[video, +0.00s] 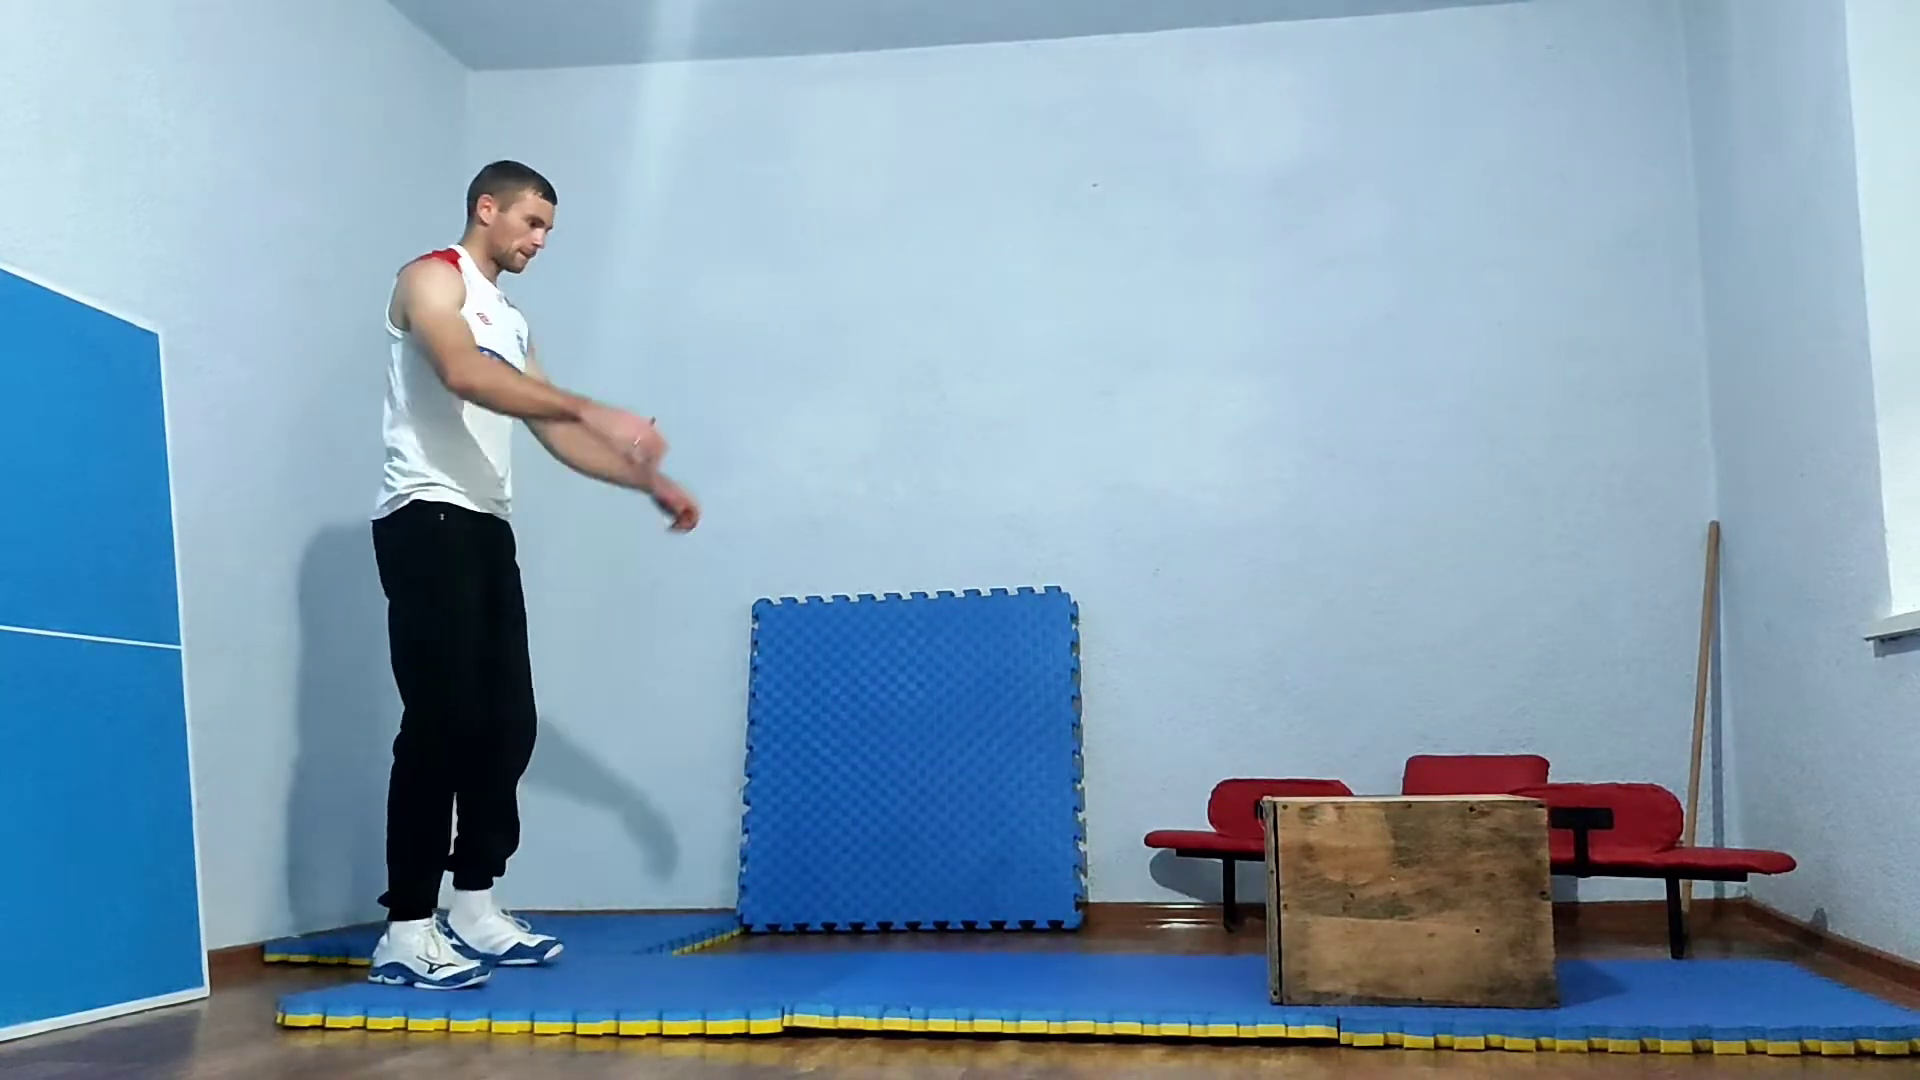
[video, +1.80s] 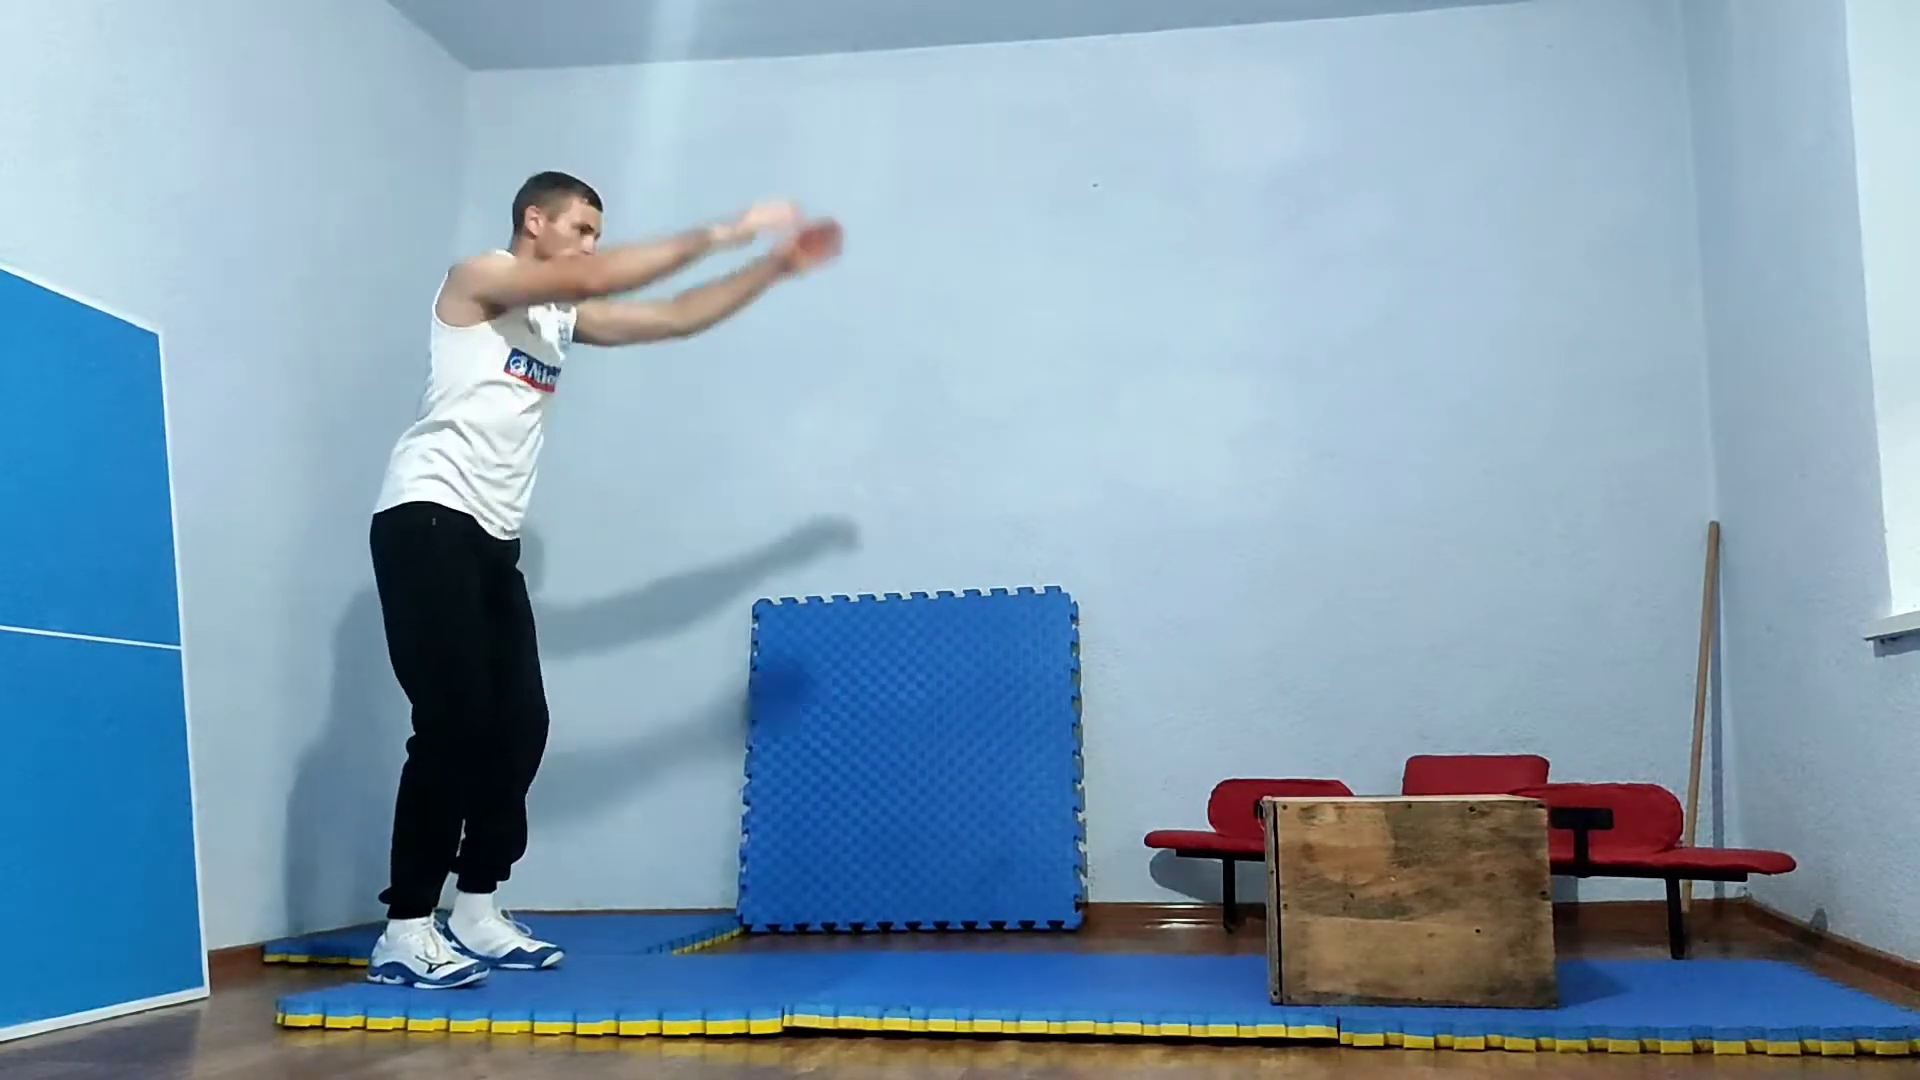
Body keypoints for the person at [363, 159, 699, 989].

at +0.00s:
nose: (539, 241)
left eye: (546, 230)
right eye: (532, 223)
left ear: (527, 232)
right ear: (484, 208)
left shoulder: (507, 317)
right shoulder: (430, 278)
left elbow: (555, 428)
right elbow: (466, 374)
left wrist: (647, 481)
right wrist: (588, 412)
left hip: (486, 534)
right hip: (426, 526)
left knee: (506, 721)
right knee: (439, 718)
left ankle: (472, 908)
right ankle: (407, 927)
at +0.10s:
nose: (535, 236)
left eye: (540, 224)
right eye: (525, 218)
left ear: (513, 222)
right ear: (477, 207)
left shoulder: (504, 318)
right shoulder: (427, 273)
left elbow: (591, 392)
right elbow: (496, 321)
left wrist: (696, 397)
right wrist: (625, 322)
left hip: (484, 529)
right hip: (426, 523)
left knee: (503, 726)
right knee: (438, 721)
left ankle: (470, 909)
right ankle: (406, 931)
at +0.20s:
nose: (532, 226)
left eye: (536, 217)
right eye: (521, 211)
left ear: (518, 220)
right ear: (471, 205)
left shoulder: (511, 309)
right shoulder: (423, 277)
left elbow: (620, 331)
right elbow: (519, 257)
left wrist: (709, 289)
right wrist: (637, 219)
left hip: (488, 529)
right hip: (430, 523)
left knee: (497, 726)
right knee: (440, 721)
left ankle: (468, 909)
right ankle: (404, 930)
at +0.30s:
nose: (534, 224)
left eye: (536, 212)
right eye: (521, 208)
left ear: (521, 219)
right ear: (474, 206)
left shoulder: (517, 294)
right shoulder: (434, 273)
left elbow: (618, 268)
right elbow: (509, 198)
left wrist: (694, 197)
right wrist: (622, 132)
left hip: (495, 525)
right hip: (438, 521)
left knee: (499, 726)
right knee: (454, 718)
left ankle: (468, 908)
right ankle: (406, 927)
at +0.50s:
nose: (534, 202)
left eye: (540, 194)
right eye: (520, 186)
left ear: (539, 209)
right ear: (483, 187)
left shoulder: (522, 276)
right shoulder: (444, 256)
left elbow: (590, 194)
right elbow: (497, 134)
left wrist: (628, 89)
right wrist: (561, 40)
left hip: (516, 519)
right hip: (456, 514)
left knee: (514, 719)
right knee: (460, 716)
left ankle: (472, 908)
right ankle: (407, 925)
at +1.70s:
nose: (576, 224)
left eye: (578, 210)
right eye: (566, 207)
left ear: (551, 215)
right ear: (515, 202)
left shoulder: (549, 296)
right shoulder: (472, 262)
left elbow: (655, 247)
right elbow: (580, 199)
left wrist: (724, 164)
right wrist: (677, 118)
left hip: (506, 534)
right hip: (442, 518)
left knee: (515, 724)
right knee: (455, 718)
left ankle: (472, 910)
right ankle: (405, 927)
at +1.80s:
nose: (592, 246)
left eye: (596, 234)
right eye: (582, 229)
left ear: (569, 237)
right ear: (532, 224)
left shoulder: (559, 314)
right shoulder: (474, 279)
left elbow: (678, 316)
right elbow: (594, 276)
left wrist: (775, 266)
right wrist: (718, 233)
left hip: (492, 544)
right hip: (427, 527)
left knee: (519, 723)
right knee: (454, 720)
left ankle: (473, 912)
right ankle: (405, 930)